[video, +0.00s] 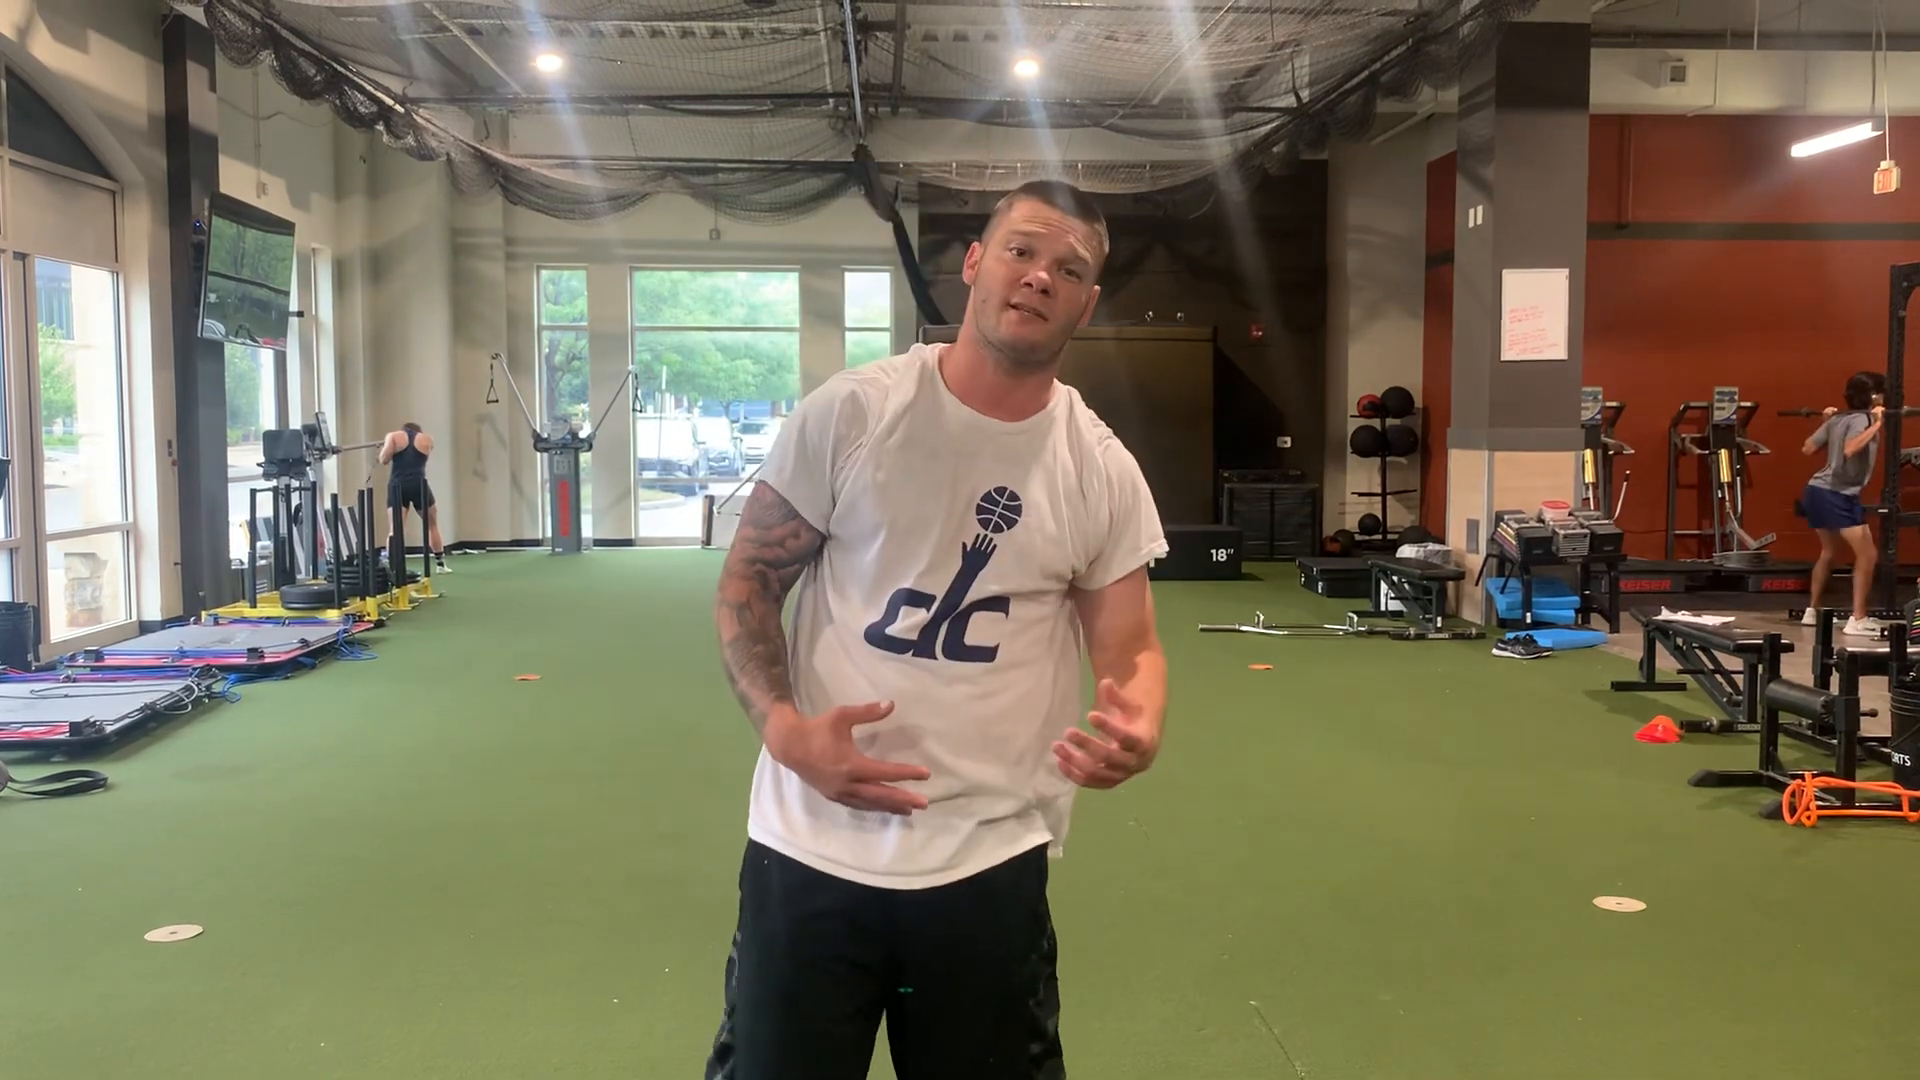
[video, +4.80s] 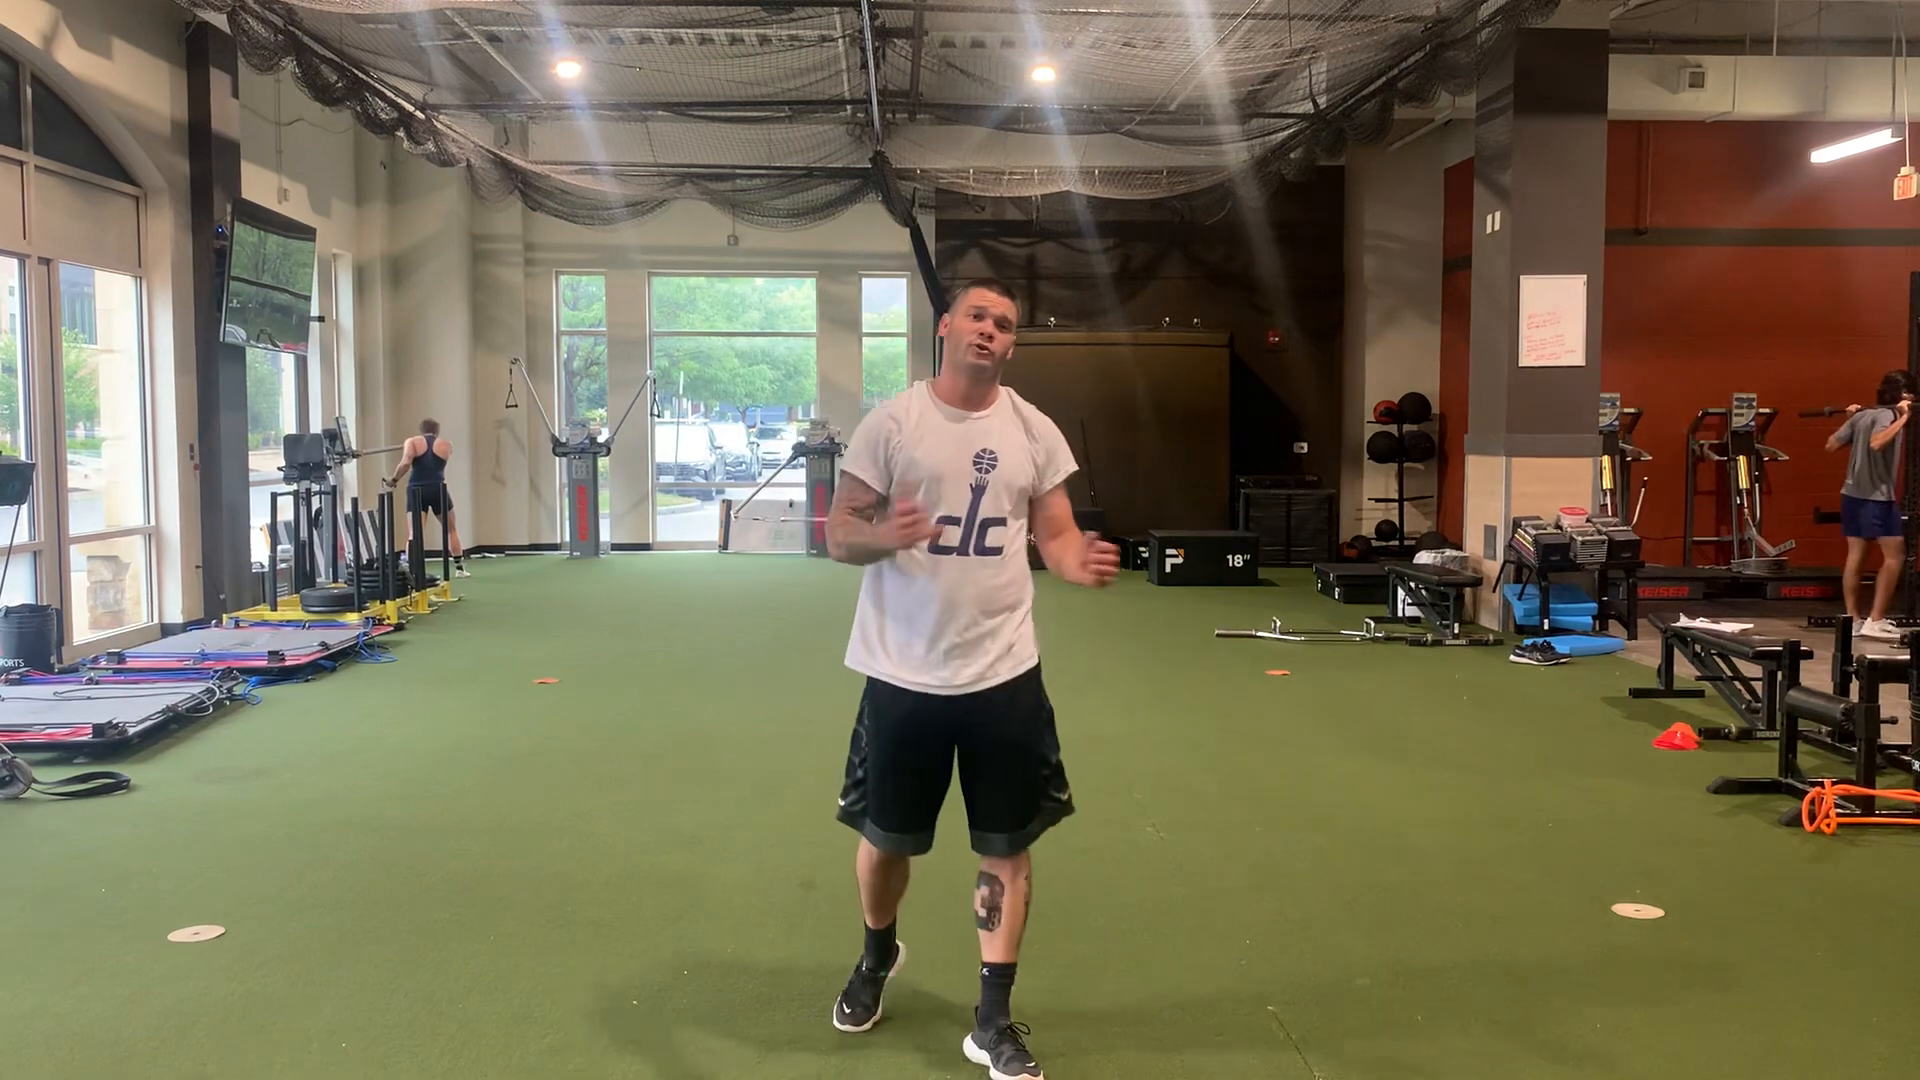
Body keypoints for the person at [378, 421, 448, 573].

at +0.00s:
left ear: (403, 429)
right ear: (419, 431)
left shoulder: (393, 436)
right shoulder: (427, 440)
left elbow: (383, 459)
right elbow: (424, 456)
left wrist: (383, 449)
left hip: (398, 485)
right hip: (419, 484)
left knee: (395, 528)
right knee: (432, 524)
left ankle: (389, 563)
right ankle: (441, 563)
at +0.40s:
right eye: (422, 435)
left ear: (405, 432)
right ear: (421, 433)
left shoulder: (394, 440)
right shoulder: (429, 443)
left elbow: (385, 462)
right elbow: (422, 461)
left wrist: (376, 473)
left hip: (399, 488)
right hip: (420, 487)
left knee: (396, 532)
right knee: (433, 528)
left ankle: (392, 567)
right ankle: (442, 566)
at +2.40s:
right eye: (423, 433)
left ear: (407, 433)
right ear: (424, 434)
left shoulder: (398, 449)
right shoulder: (432, 451)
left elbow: (390, 473)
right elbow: (429, 470)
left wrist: (387, 467)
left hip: (404, 496)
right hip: (425, 495)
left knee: (401, 539)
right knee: (439, 535)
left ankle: (396, 573)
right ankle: (448, 573)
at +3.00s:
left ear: (414, 437)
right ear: (431, 437)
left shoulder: (405, 453)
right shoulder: (440, 455)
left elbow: (398, 476)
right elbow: (434, 473)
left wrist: (388, 491)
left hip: (411, 499)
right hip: (432, 498)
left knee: (408, 543)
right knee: (446, 538)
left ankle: (404, 577)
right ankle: (455, 576)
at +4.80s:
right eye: (436, 431)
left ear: (421, 431)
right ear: (437, 431)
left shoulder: (412, 442)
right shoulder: (446, 445)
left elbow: (406, 463)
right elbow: (440, 465)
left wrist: (394, 480)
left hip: (416, 490)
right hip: (437, 489)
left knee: (414, 534)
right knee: (451, 530)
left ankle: (411, 570)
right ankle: (460, 567)